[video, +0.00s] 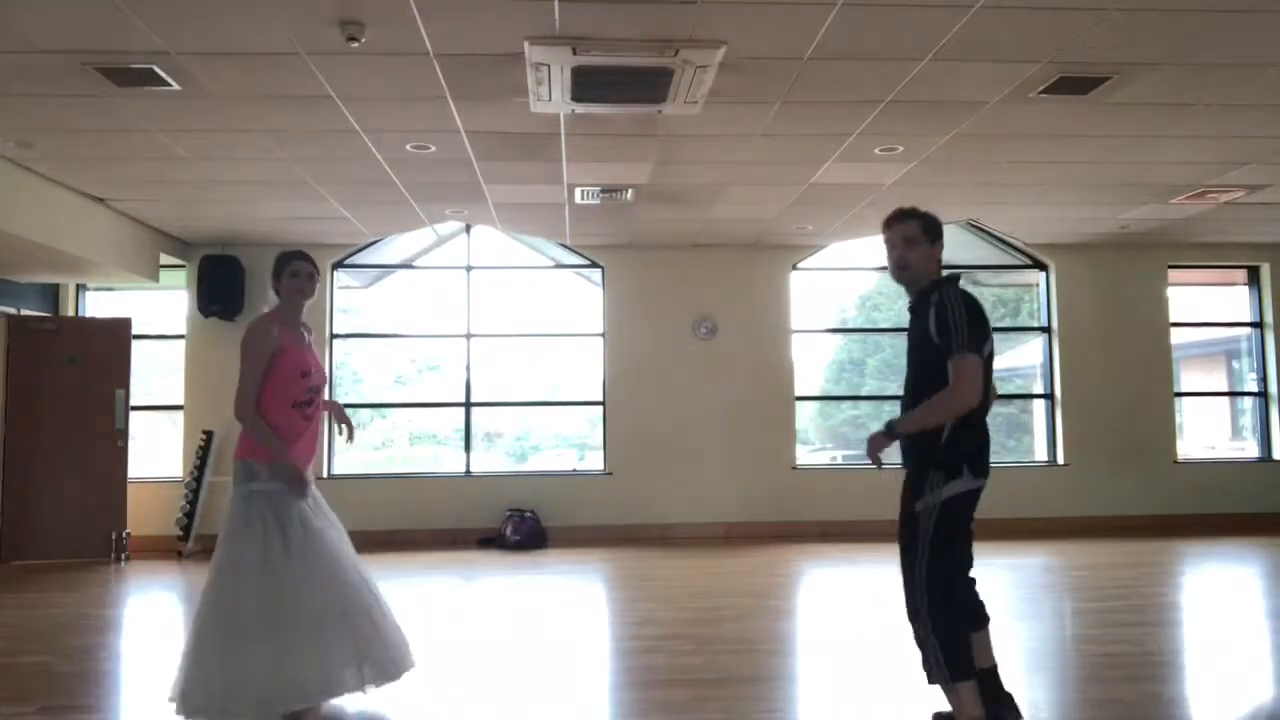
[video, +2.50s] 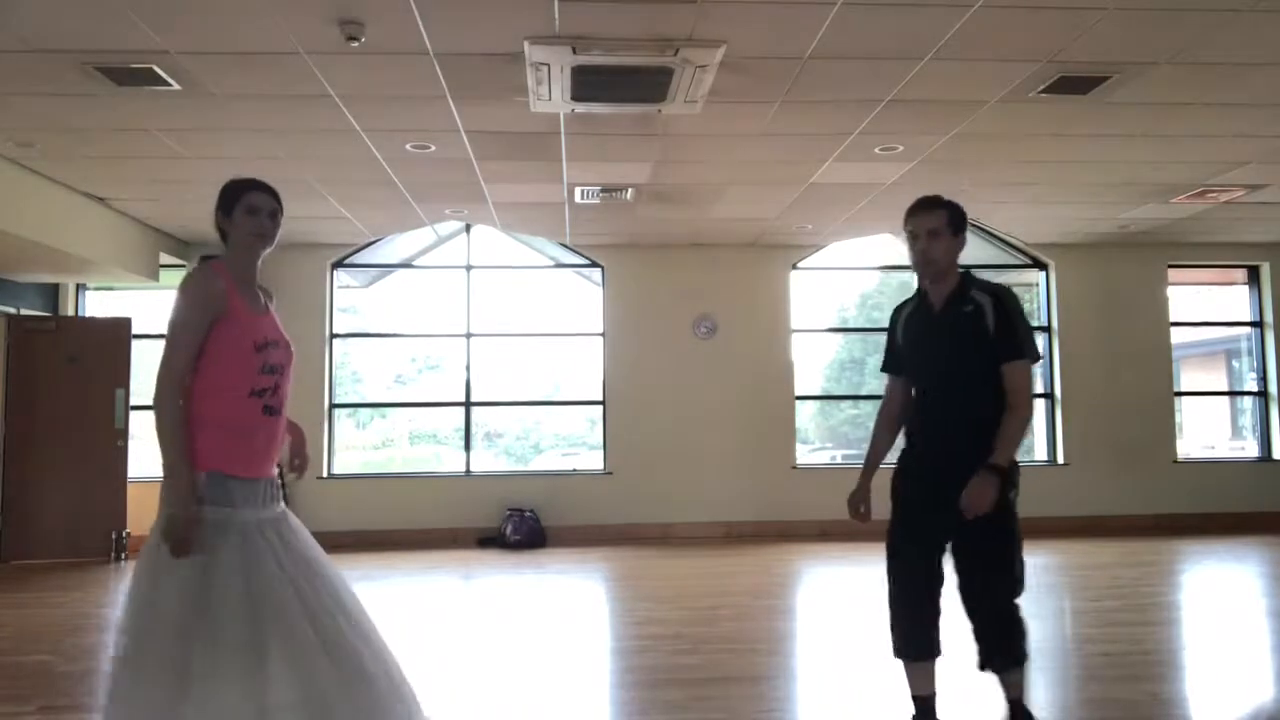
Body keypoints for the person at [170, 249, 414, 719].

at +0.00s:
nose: (303, 282)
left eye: (310, 277)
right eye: (294, 275)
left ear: (316, 286)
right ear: (276, 283)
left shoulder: (304, 332)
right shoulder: (263, 331)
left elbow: (298, 391)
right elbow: (243, 408)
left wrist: (332, 406)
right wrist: (285, 460)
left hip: (291, 469)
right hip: (263, 471)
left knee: (286, 578)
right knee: (279, 579)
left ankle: (286, 689)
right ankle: (280, 693)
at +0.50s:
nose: (304, 283)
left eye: (310, 277)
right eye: (296, 276)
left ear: (318, 286)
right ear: (279, 283)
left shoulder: (315, 333)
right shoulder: (261, 331)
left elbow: (305, 392)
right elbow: (235, 402)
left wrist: (334, 410)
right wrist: (234, 475)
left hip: (296, 470)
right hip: (262, 470)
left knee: (293, 576)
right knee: (260, 577)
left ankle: (288, 681)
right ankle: (251, 682)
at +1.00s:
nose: (261, 281)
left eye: (268, 275)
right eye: (252, 273)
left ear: (274, 286)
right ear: (232, 281)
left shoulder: (269, 335)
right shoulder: (215, 331)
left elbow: (258, 407)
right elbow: (187, 411)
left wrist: (301, 420)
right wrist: (197, 484)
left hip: (265, 485)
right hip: (225, 485)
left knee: (273, 597)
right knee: (225, 600)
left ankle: (276, 698)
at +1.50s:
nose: (244, 270)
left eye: (250, 262)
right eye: (233, 260)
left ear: (256, 274)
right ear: (210, 268)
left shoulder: (250, 329)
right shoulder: (185, 327)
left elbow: (234, 405)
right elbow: (156, 414)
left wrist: (273, 428)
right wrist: (174, 494)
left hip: (248, 493)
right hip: (193, 495)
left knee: (252, 624)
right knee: (187, 625)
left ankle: (249, 713)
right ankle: (183, 714)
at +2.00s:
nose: (268, 243)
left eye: (276, 237)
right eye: (256, 234)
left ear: (283, 249)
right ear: (233, 242)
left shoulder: (283, 310)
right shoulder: (207, 302)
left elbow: (275, 395)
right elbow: (164, 396)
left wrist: (326, 421)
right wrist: (164, 481)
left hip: (275, 485)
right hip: (212, 484)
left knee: (274, 627)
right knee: (205, 626)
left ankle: (265, 713)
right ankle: (198, 713)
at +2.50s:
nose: (265, 223)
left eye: (273, 216)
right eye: (252, 212)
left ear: (279, 229)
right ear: (224, 220)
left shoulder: (262, 297)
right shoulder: (207, 284)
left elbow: (240, 390)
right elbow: (169, 387)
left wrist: (288, 427)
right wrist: (178, 489)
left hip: (261, 498)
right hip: (213, 498)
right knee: (213, 655)